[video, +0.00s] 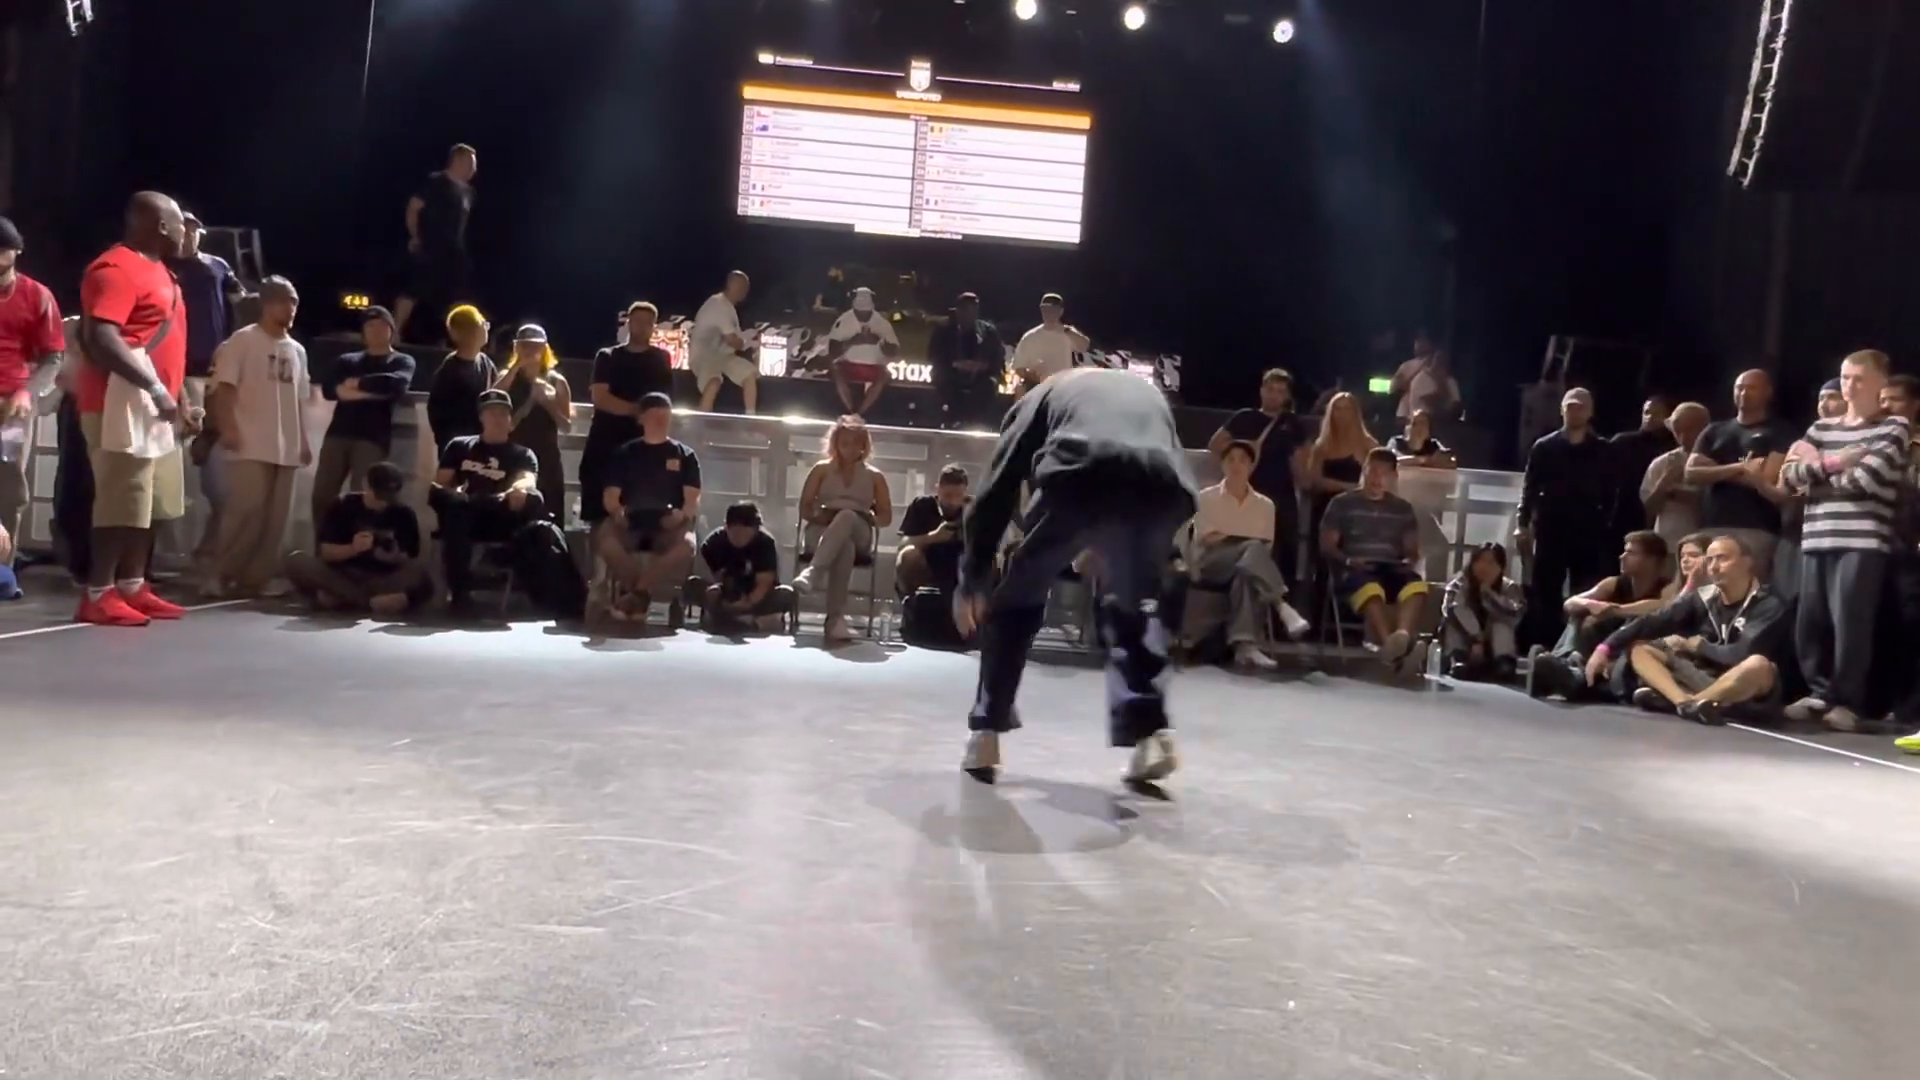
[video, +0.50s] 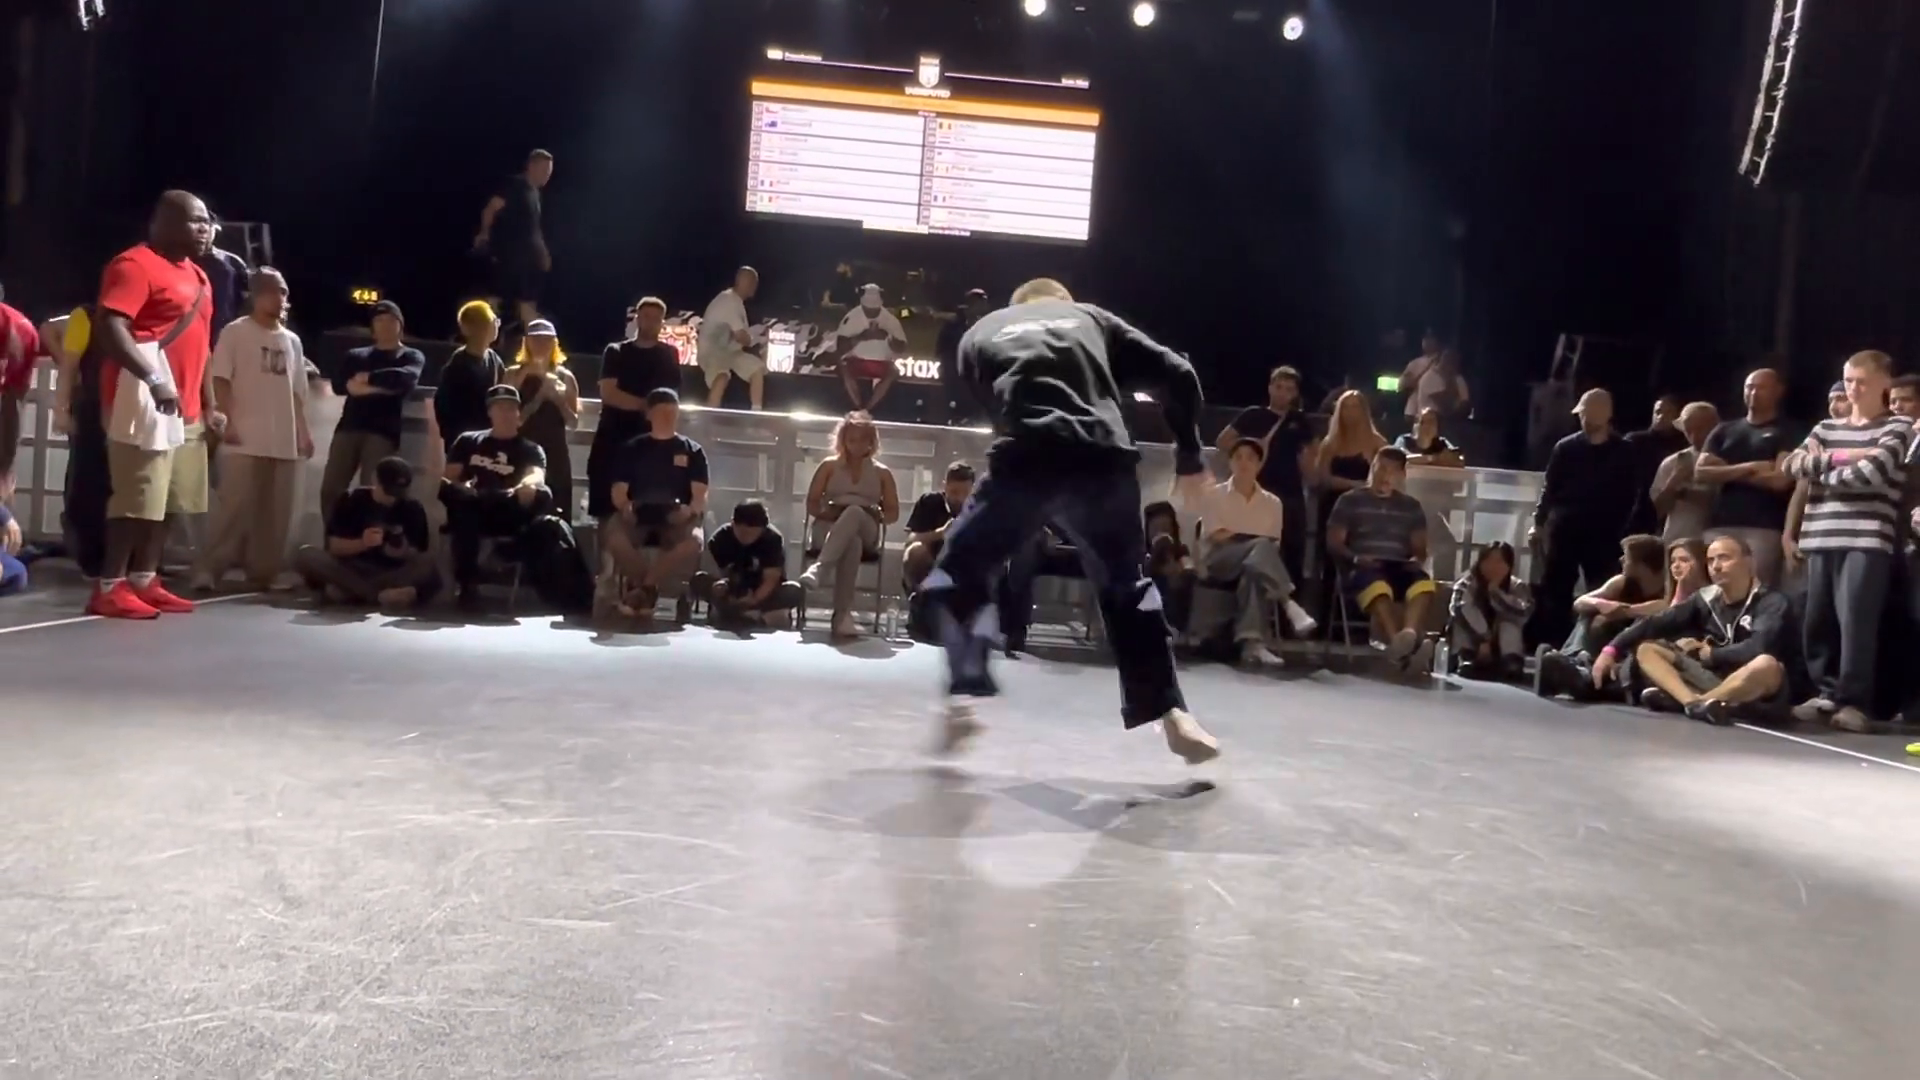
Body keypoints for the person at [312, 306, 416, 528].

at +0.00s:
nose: (375, 331)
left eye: (380, 326)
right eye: (370, 326)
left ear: (391, 331)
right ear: (363, 332)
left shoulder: (403, 361)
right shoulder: (347, 360)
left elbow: (397, 386)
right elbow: (330, 390)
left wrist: (357, 383)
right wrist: (374, 392)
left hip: (372, 439)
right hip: (338, 437)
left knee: (364, 501)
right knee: (322, 496)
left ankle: (360, 554)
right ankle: (322, 554)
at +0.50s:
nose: (385, 325)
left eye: (390, 320)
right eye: (380, 321)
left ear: (400, 326)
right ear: (373, 327)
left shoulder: (412, 356)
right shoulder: (356, 355)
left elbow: (405, 381)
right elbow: (339, 386)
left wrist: (367, 378)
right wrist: (380, 388)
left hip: (382, 434)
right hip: (349, 430)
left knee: (373, 495)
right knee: (331, 490)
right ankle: (332, 543)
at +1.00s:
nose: (390, 316)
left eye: (395, 311)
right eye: (386, 311)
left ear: (407, 317)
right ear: (379, 319)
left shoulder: (419, 347)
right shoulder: (364, 345)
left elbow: (411, 372)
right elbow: (345, 376)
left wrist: (372, 370)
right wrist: (389, 376)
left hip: (388, 421)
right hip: (355, 418)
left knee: (380, 482)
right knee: (338, 479)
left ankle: (376, 534)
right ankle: (340, 534)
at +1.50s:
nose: (398, 310)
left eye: (403, 306)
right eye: (394, 306)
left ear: (414, 311)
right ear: (387, 312)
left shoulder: (426, 341)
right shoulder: (370, 339)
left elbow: (420, 366)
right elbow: (351, 370)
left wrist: (380, 363)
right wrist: (395, 371)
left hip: (394, 416)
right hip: (361, 413)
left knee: (385, 479)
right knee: (344, 475)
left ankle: (381, 532)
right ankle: (346, 531)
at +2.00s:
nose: (402, 305)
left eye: (407, 300)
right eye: (398, 301)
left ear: (418, 306)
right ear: (391, 307)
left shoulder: (430, 336)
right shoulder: (375, 334)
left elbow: (423, 361)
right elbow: (357, 366)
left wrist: (385, 357)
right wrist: (400, 368)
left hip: (400, 414)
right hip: (366, 410)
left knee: (388, 475)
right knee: (349, 470)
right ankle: (350, 525)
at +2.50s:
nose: (403, 304)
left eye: (408, 299)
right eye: (398, 300)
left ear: (419, 305)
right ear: (392, 306)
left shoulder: (431, 334)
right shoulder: (376, 332)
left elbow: (424, 359)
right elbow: (358, 364)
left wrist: (385, 356)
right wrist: (401, 366)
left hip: (400, 411)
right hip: (367, 408)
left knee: (389, 472)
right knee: (350, 468)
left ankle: (384, 525)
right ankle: (349, 524)